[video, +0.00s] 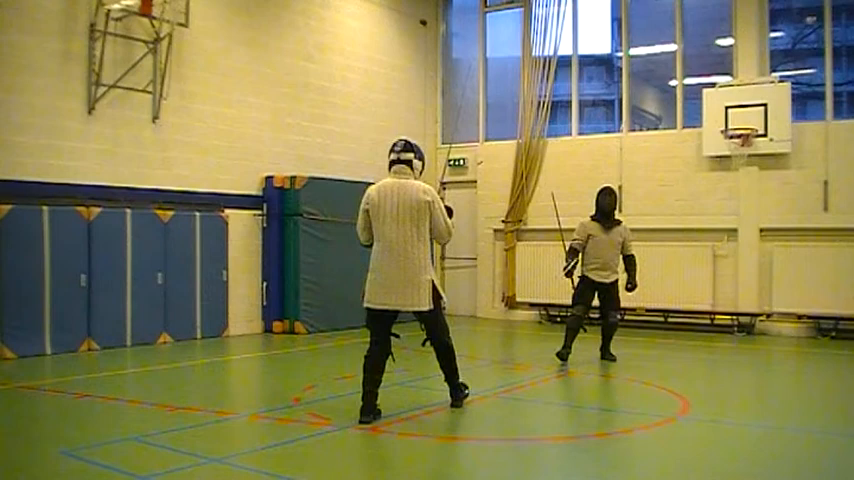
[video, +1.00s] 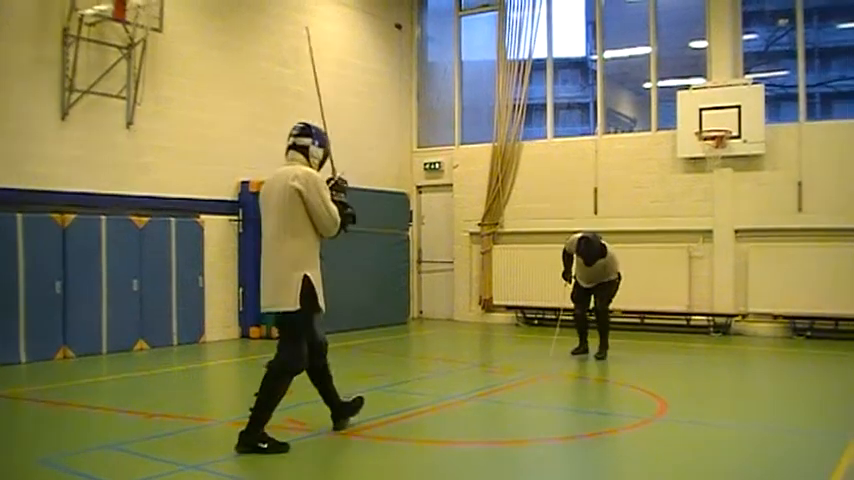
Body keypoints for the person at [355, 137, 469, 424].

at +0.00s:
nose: (420, 167)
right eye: (420, 163)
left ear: (390, 162)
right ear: (417, 163)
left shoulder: (373, 192)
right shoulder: (426, 193)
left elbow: (364, 238)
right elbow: (444, 235)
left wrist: (389, 229)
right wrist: (444, 213)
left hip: (381, 283)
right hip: (419, 283)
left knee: (378, 343)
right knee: (440, 337)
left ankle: (368, 407)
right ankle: (455, 390)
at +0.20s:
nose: (413, 166)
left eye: (412, 162)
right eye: (412, 162)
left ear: (381, 159)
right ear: (407, 161)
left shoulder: (362, 189)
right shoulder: (414, 189)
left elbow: (358, 233)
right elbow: (432, 232)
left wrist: (386, 220)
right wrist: (437, 214)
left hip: (369, 279)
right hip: (407, 278)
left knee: (374, 341)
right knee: (433, 332)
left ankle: (367, 407)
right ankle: (450, 389)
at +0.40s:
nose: (396, 157)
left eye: (397, 152)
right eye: (396, 152)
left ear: (365, 149)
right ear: (390, 151)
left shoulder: (346, 181)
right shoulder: (391, 178)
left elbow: (354, 220)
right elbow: (413, 222)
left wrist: (394, 220)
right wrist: (413, 197)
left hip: (348, 276)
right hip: (385, 274)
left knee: (369, 338)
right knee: (412, 335)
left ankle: (368, 406)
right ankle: (392, 403)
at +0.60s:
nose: (376, 159)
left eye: (376, 154)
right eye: (376, 154)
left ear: (345, 151)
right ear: (369, 153)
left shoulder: (326, 183)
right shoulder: (366, 180)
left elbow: (335, 224)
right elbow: (387, 225)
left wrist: (374, 200)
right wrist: (390, 197)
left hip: (328, 280)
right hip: (355, 280)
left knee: (358, 344)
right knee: (355, 345)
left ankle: (360, 408)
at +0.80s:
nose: (353, 163)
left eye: (353, 157)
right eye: (353, 157)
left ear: (321, 153)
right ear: (346, 155)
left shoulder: (301, 186)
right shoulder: (339, 182)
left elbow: (321, 227)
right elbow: (362, 228)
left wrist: (356, 197)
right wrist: (366, 201)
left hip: (304, 285)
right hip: (325, 286)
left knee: (345, 340)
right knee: (311, 356)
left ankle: (355, 409)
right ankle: (263, 426)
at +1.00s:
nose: (323, 158)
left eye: (323, 152)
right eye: (322, 151)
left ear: (290, 147)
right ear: (313, 149)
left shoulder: (271, 182)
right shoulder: (307, 177)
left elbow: (288, 224)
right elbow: (330, 226)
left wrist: (326, 194)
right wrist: (335, 197)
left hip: (275, 283)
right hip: (298, 284)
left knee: (314, 348)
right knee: (292, 356)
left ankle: (338, 409)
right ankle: (253, 434)